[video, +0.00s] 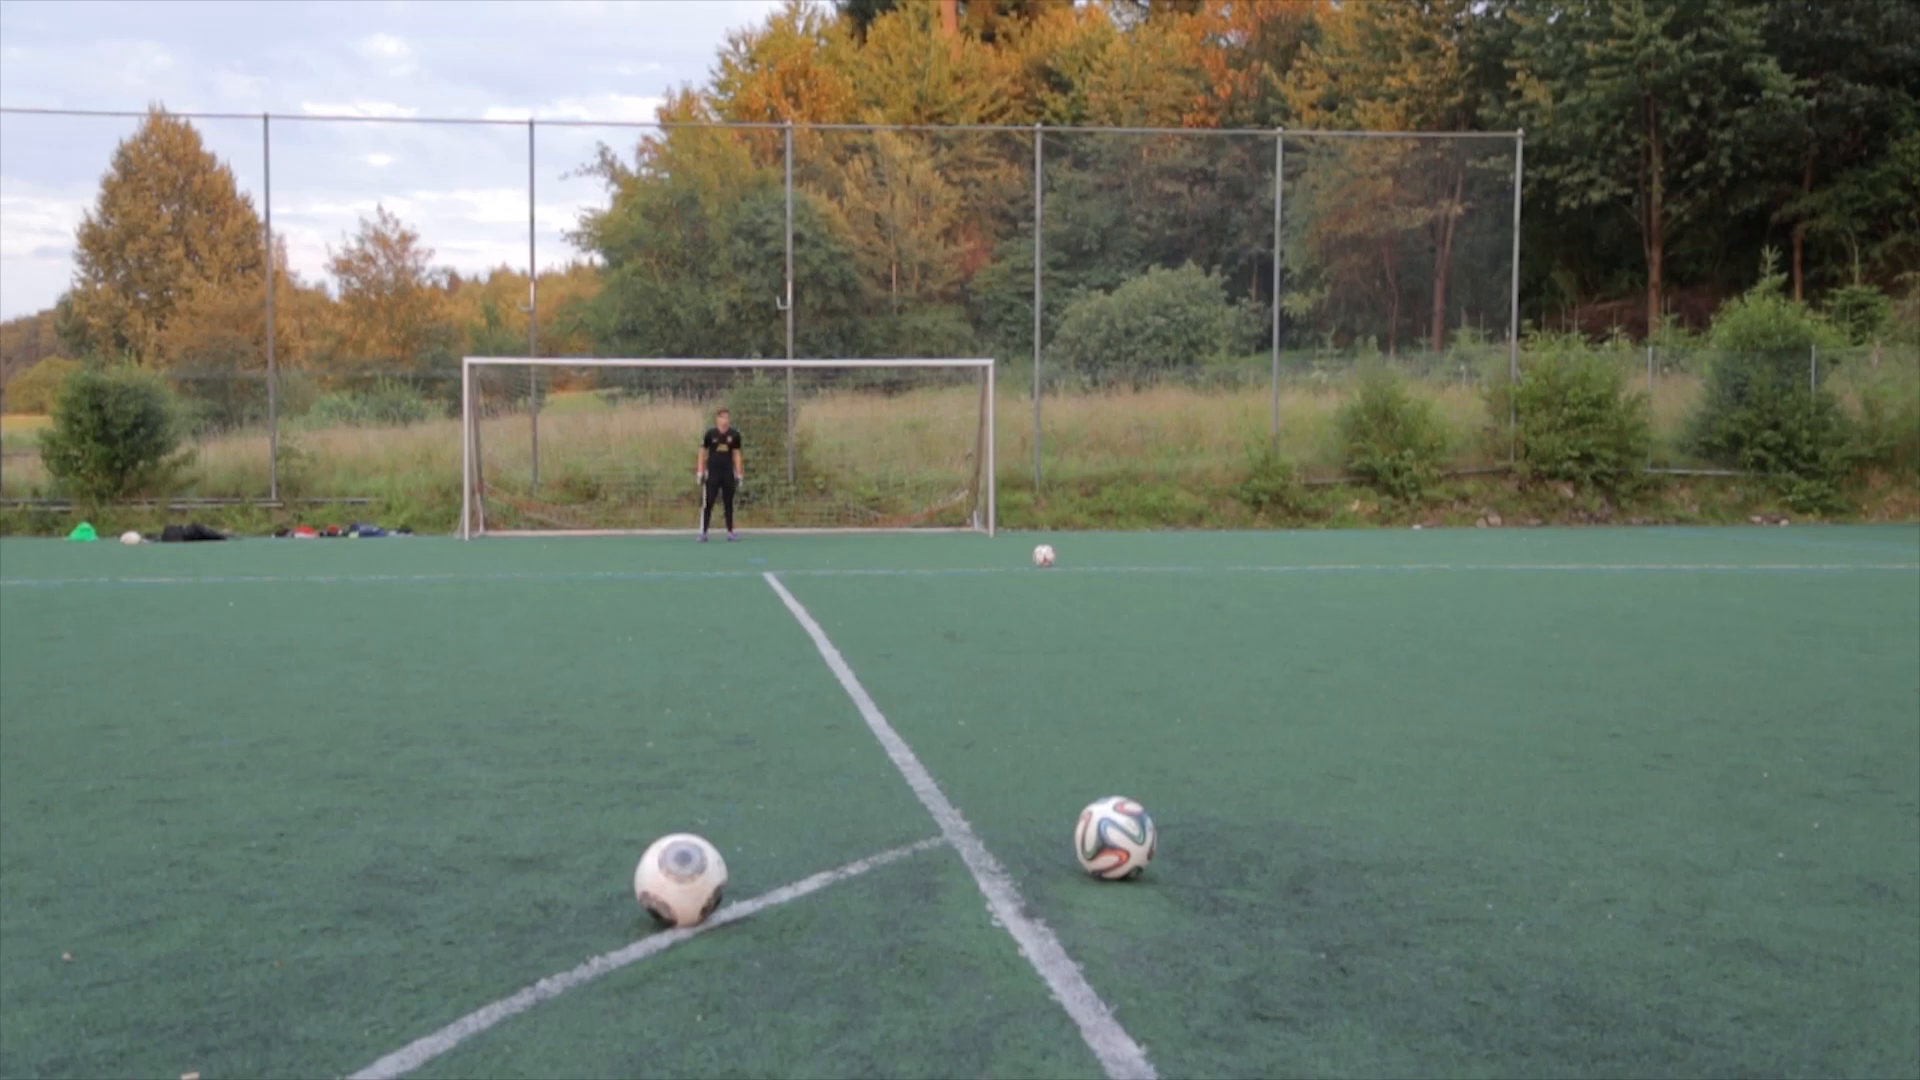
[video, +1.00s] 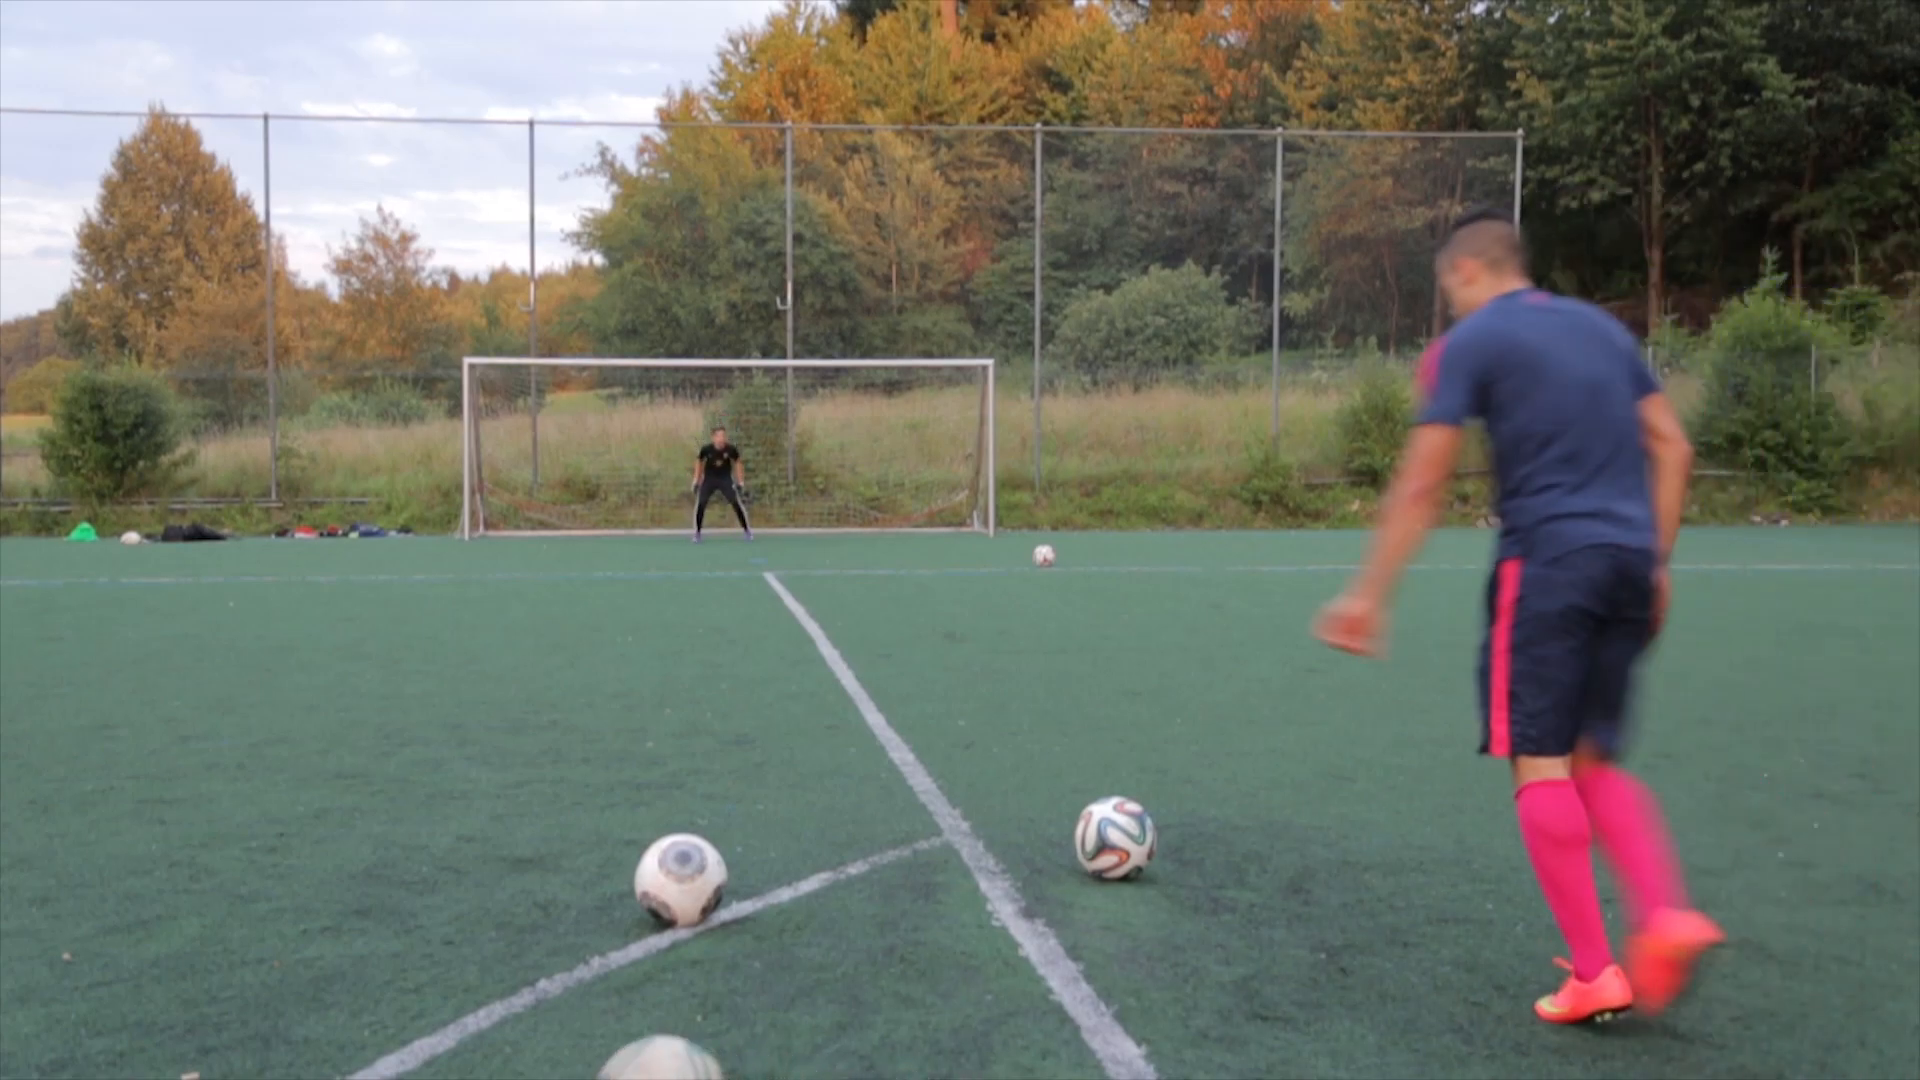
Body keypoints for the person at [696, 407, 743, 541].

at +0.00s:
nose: (724, 421)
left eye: (726, 418)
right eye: (722, 418)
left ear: (729, 420)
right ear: (717, 419)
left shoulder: (734, 435)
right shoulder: (710, 434)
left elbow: (737, 454)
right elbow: (703, 452)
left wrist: (739, 472)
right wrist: (700, 470)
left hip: (728, 474)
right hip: (712, 473)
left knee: (728, 503)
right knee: (708, 504)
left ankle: (730, 530)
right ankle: (704, 531)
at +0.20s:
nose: (726, 424)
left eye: (728, 421)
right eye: (723, 421)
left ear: (731, 423)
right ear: (718, 422)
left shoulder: (735, 438)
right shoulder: (711, 436)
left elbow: (738, 455)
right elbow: (703, 452)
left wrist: (740, 473)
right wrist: (702, 470)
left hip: (728, 474)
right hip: (712, 474)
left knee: (729, 503)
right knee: (706, 502)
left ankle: (730, 530)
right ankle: (703, 531)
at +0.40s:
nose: (722, 426)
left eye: (725, 423)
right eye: (720, 423)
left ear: (728, 425)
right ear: (715, 424)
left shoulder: (732, 440)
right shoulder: (708, 438)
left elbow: (736, 455)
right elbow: (699, 450)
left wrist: (737, 470)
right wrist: (699, 467)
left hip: (725, 474)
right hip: (709, 474)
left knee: (729, 502)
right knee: (701, 501)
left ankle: (730, 530)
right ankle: (695, 529)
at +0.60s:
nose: (716, 433)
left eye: (718, 429)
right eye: (713, 429)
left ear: (721, 431)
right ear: (708, 430)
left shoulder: (724, 444)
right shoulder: (701, 443)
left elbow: (727, 459)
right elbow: (692, 458)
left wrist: (730, 475)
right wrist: (693, 475)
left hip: (719, 478)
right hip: (703, 478)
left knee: (731, 502)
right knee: (694, 504)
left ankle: (732, 530)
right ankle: (687, 531)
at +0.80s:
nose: (715, 430)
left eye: (717, 427)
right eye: (712, 426)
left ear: (720, 428)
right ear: (708, 427)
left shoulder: (724, 440)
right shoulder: (700, 440)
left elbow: (731, 451)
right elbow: (690, 452)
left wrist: (733, 465)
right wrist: (691, 467)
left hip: (720, 474)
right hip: (703, 474)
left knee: (731, 500)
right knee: (695, 503)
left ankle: (739, 527)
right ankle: (688, 531)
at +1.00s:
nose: (720, 439)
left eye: (722, 436)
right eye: (717, 436)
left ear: (725, 438)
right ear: (713, 437)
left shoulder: (731, 450)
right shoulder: (706, 450)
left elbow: (738, 464)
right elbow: (699, 464)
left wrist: (740, 481)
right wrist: (696, 480)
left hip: (725, 481)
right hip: (709, 481)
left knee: (736, 504)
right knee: (701, 505)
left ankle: (746, 530)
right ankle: (698, 532)